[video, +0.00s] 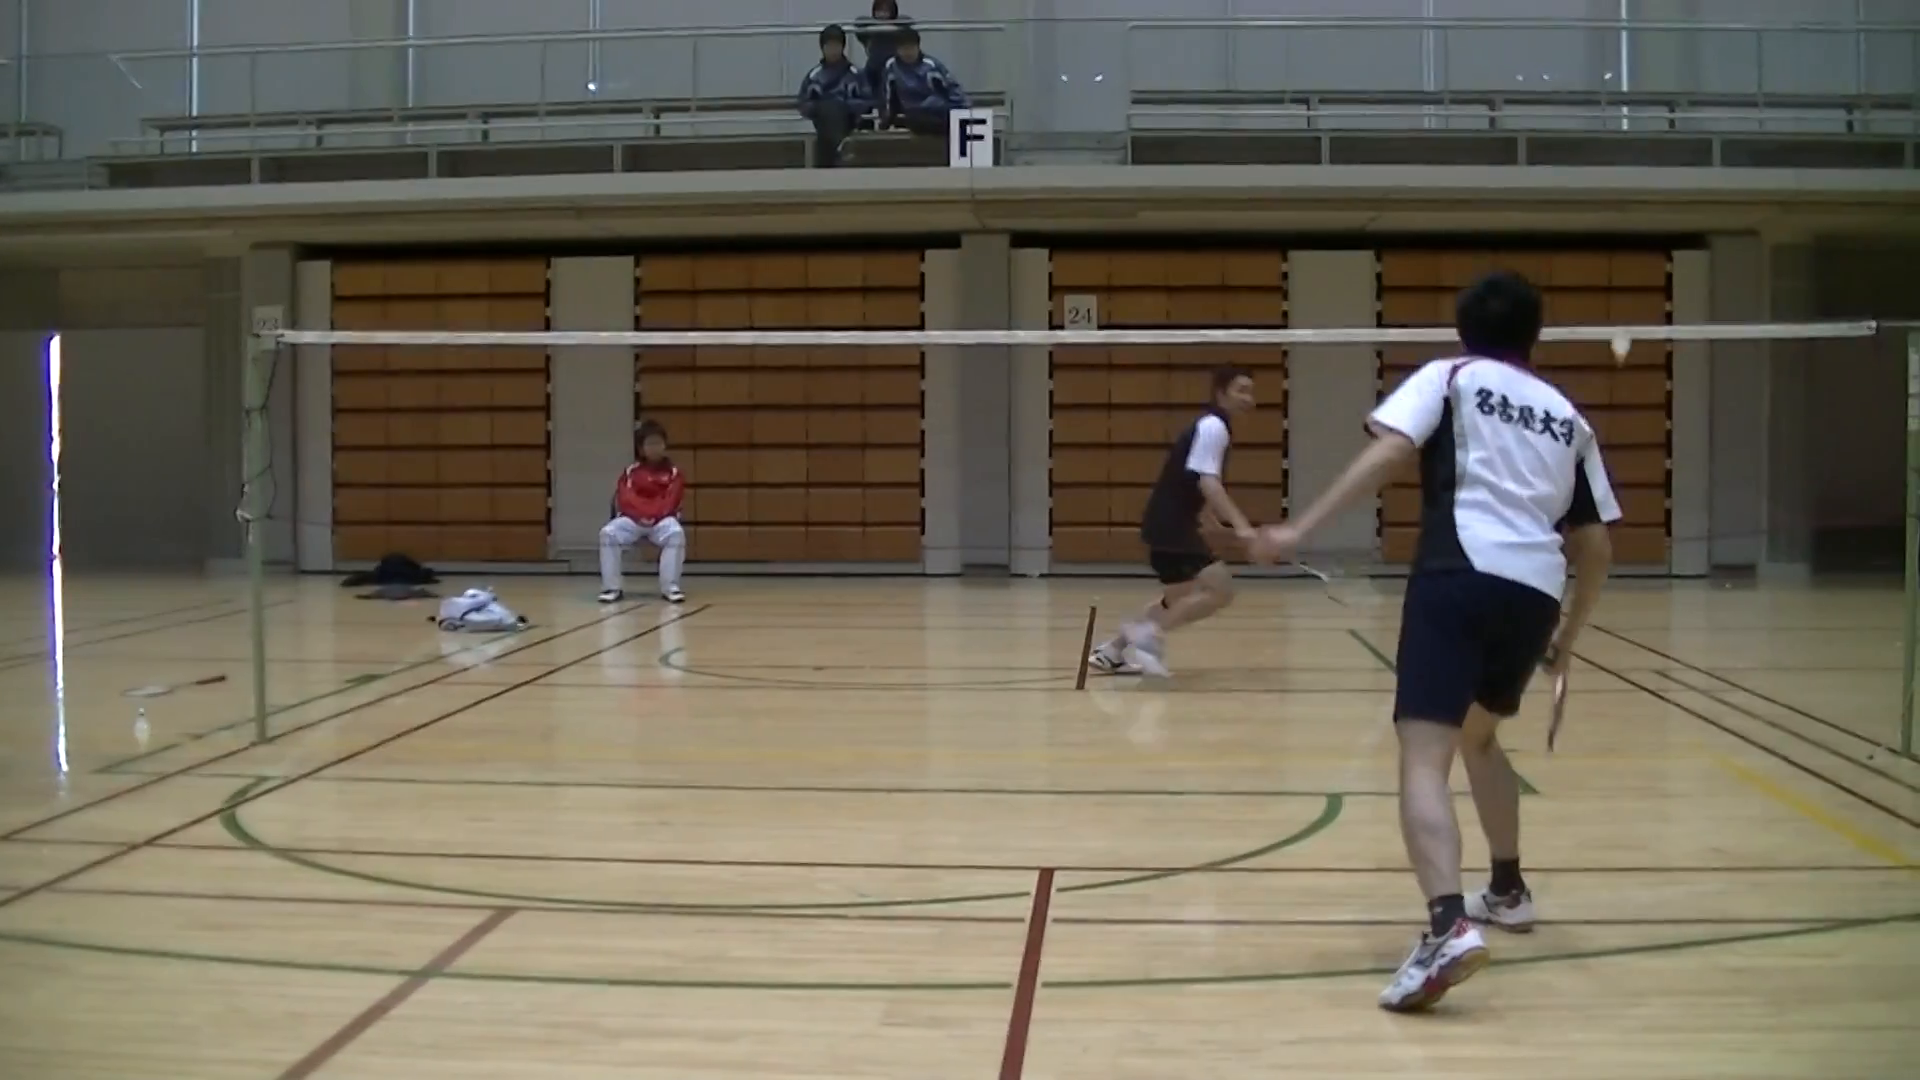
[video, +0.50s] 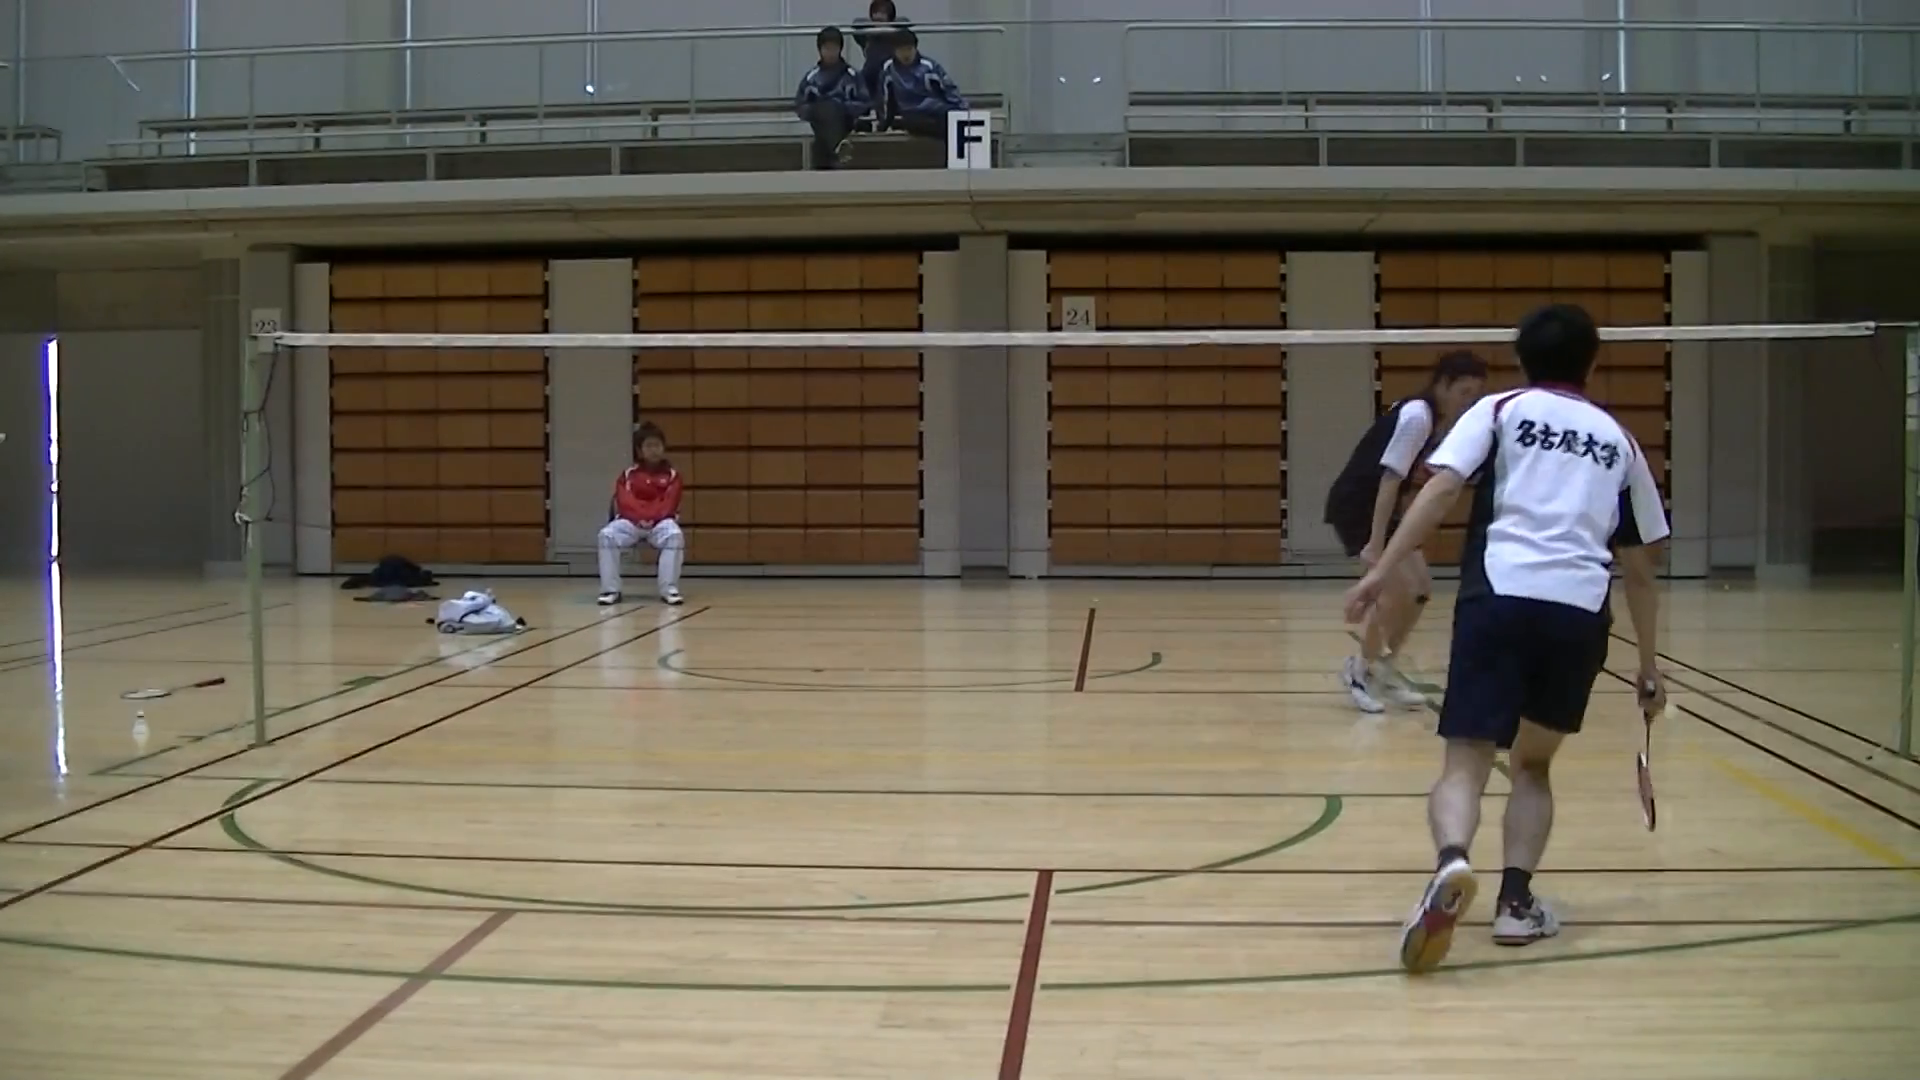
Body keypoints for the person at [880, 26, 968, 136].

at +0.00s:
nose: (908, 53)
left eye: (911, 48)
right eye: (904, 49)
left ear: (918, 48)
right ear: (897, 50)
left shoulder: (932, 65)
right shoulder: (892, 67)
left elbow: (951, 87)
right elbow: (888, 96)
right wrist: (886, 120)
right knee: (933, 102)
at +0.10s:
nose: (905, 53)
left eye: (908, 48)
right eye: (900, 49)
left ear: (915, 47)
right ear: (894, 50)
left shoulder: (929, 65)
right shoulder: (888, 67)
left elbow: (948, 87)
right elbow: (884, 96)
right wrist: (883, 120)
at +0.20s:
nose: (905, 54)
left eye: (908, 48)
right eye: (900, 49)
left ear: (915, 48)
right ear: (894, 51)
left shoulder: (929, 66)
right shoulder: (888, 68)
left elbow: (948, 88)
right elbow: (884, 97)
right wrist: (883, 121)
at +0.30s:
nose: (905, 54)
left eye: (908, 49)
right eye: (900, 49)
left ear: (915, 48)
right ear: (893, 51)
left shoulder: (928, 66)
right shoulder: (888, 69)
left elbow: (948, 88)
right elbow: (884, 97)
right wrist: (883, 121)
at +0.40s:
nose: (905, 54)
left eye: (908, 49)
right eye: (900, 50)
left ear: (915, 49)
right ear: (894, 52)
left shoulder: (929, 67)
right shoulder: (888, 70)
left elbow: (948, 89)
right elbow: (884, 98)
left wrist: (961, 108)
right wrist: (883, 123)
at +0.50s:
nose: (906, 54)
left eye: (909, 49)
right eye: (901, 50)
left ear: (916, 49)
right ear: (895, 52)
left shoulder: (930, 66)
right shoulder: (888, 70)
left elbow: (948, 89)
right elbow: (884, 99)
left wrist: (961, 108)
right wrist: (884, 123)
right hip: (910, 115)